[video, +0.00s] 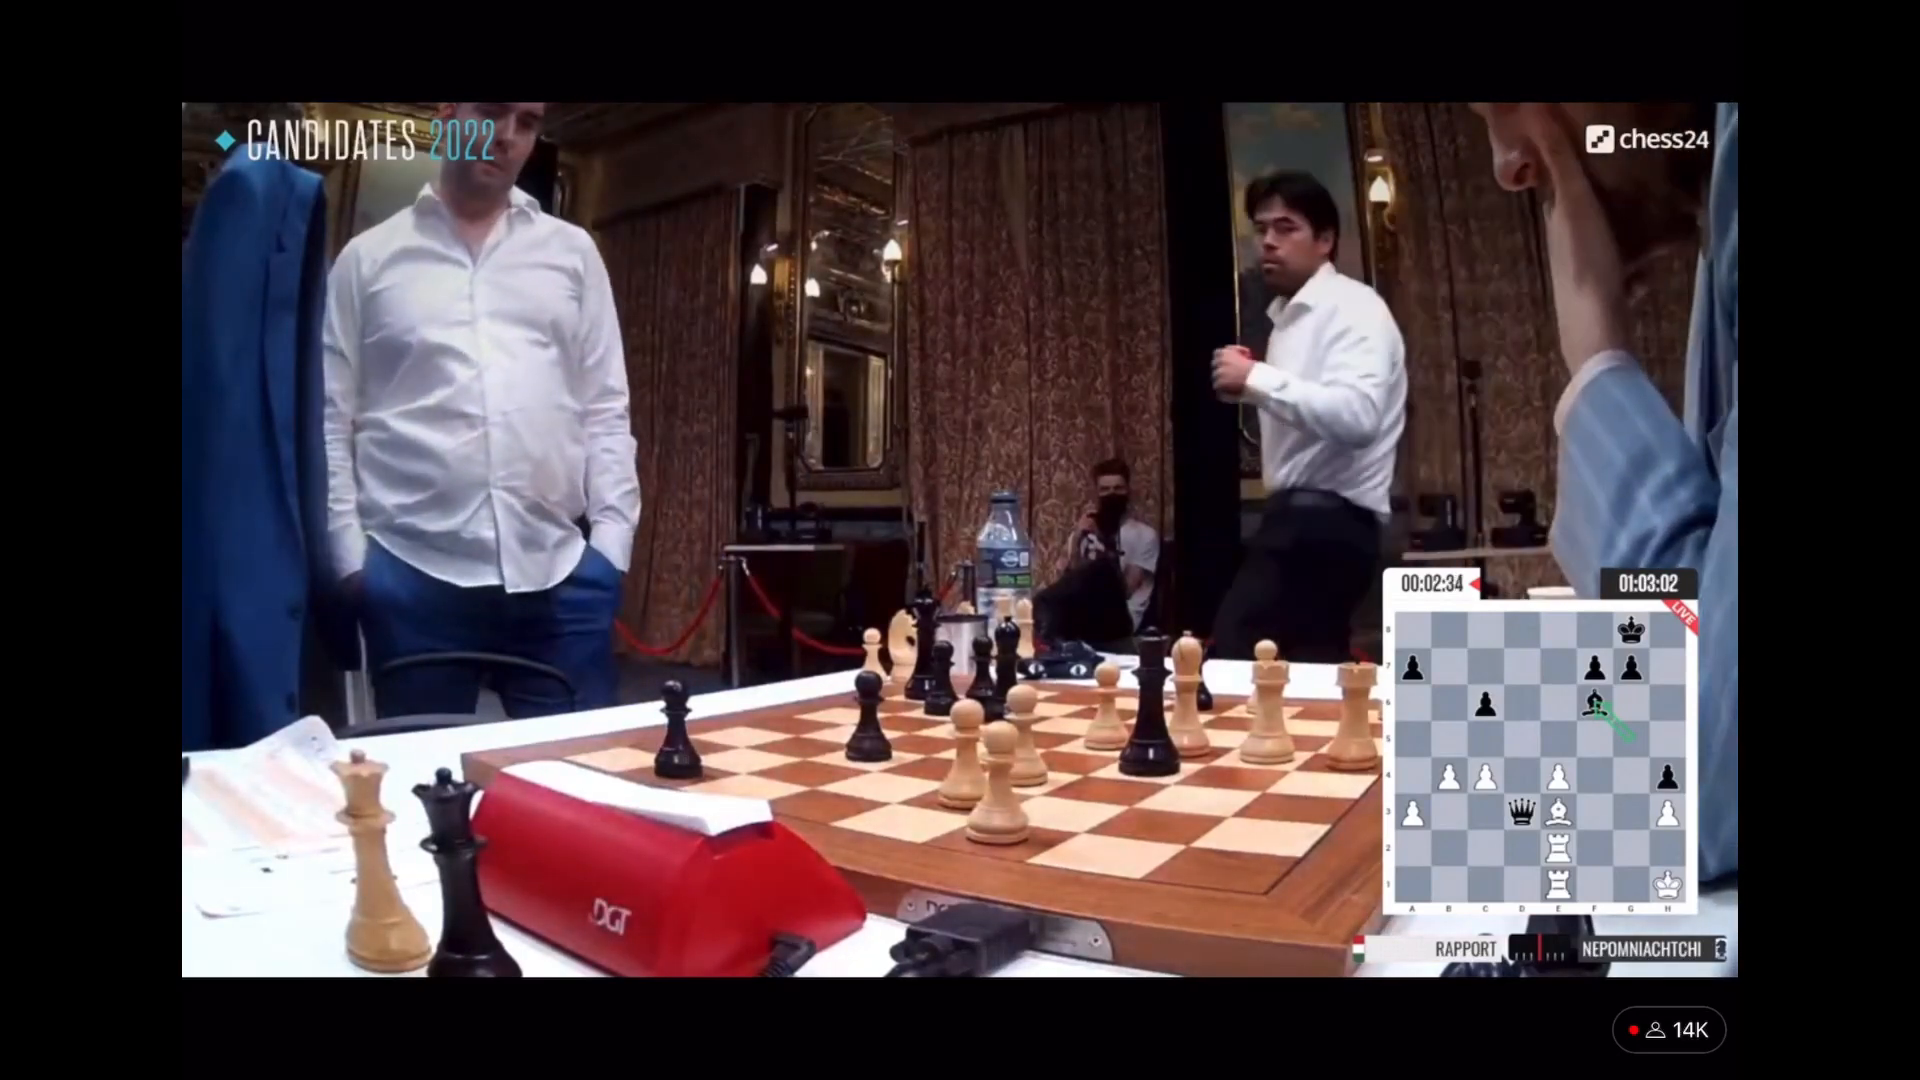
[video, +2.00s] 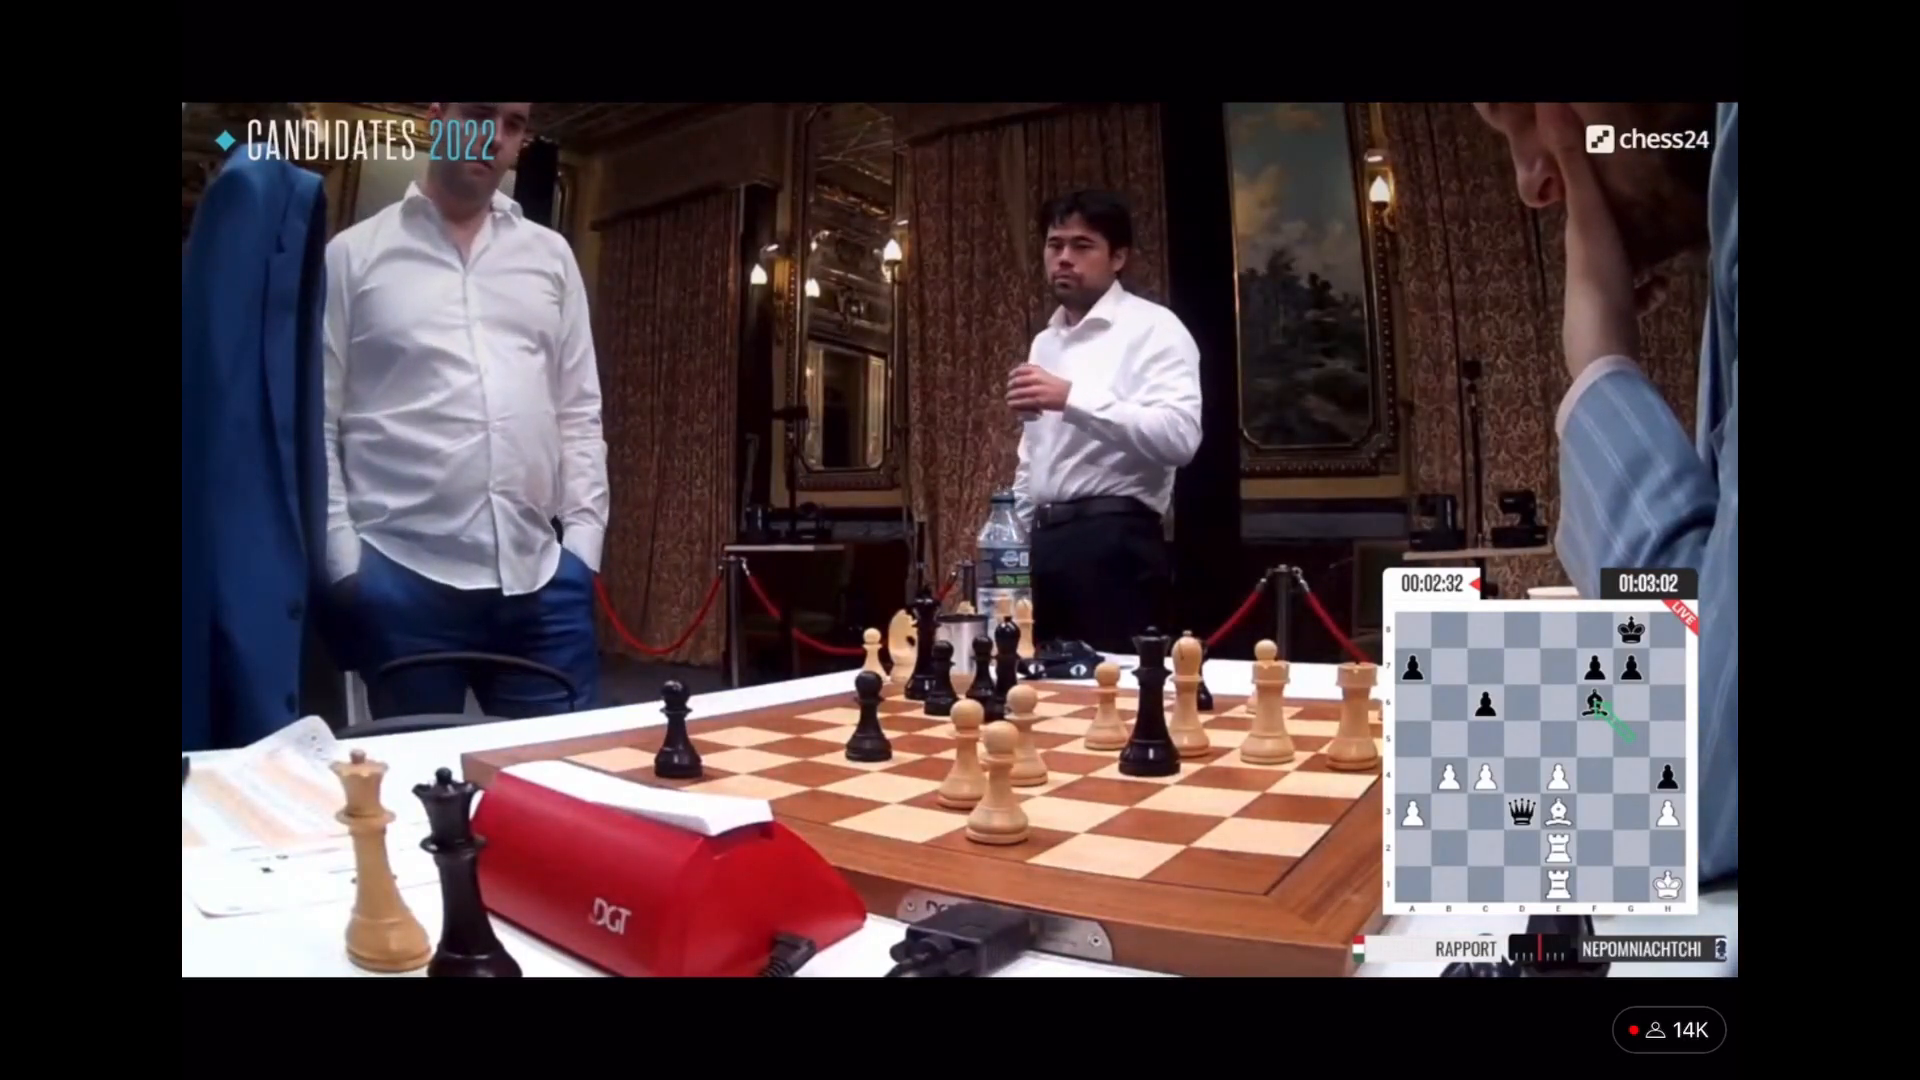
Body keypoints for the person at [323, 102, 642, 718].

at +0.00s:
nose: (505, 136)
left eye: (525, 122)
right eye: (490, 113)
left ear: (538, 138)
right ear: (448, 115)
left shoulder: (572, 252)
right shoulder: (366, 260)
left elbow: (606, 411)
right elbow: (330, 421)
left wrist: (608, 548)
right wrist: (351, 563)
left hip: (559, 581)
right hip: (413, 585)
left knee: (584, 788)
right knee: (425, 790)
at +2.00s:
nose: (492, 140)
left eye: (512, 126)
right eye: (478, 115)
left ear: (526, 142)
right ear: (435, 115)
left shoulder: (551, 255)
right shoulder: (354, 256)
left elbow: (580, 412)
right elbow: (319, 421)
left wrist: (582, 547)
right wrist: (346, 566)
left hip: (543, 580)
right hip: (403, 584)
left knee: (569, 787)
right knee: (418, 791)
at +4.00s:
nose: (489, 144)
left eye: (511, 130)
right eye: (475, 120)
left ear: (528, 144)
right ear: (439, 120)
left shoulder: (563, 259)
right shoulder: (360, 263)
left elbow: (592, 416)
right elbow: (325, 420)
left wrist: (590, 550)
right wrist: (343, 562)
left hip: (549, 584)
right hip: (403, 586)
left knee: (575, 787)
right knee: (417, 792)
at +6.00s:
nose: (490, 144)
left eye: (513, 131)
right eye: (477, 120)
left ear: (530, 145)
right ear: (441, 121)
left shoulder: (565, 260)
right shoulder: (362, 262)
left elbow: (592, 417)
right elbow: (326, 418)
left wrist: (588, 553)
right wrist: (341, 560)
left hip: (546, 583)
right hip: (401, 585)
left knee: (570, 786)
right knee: (412, 789)